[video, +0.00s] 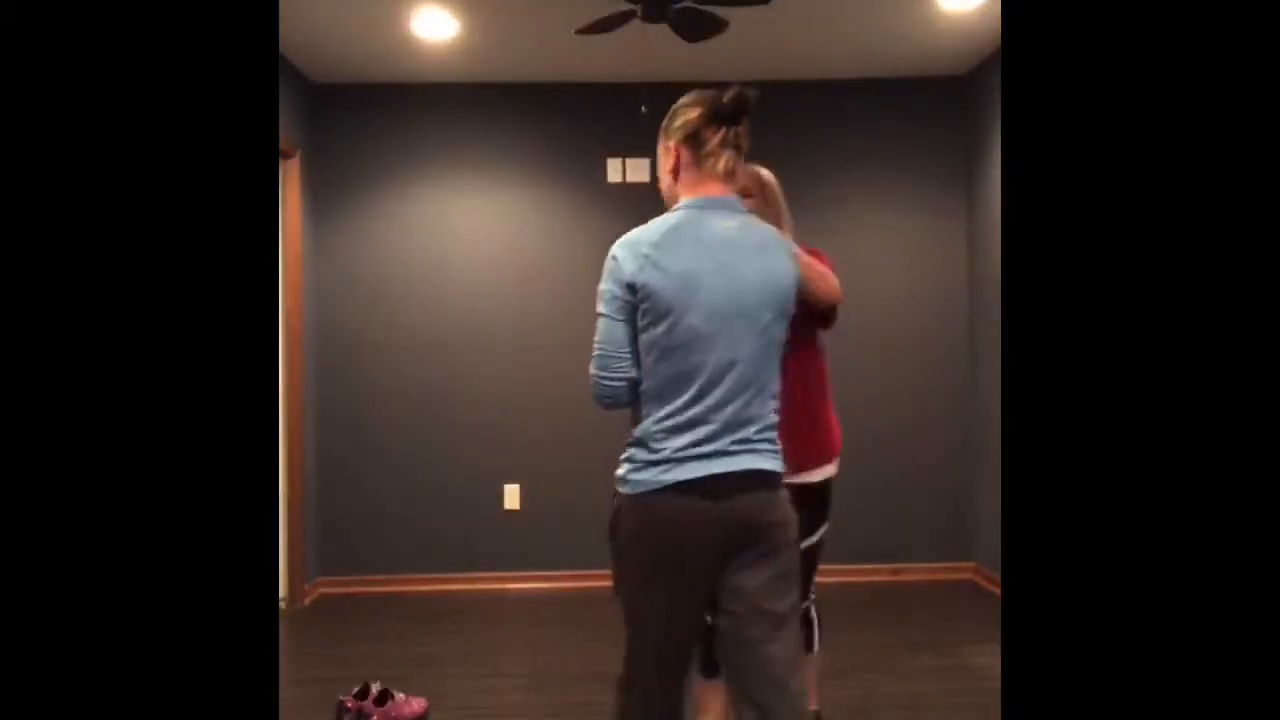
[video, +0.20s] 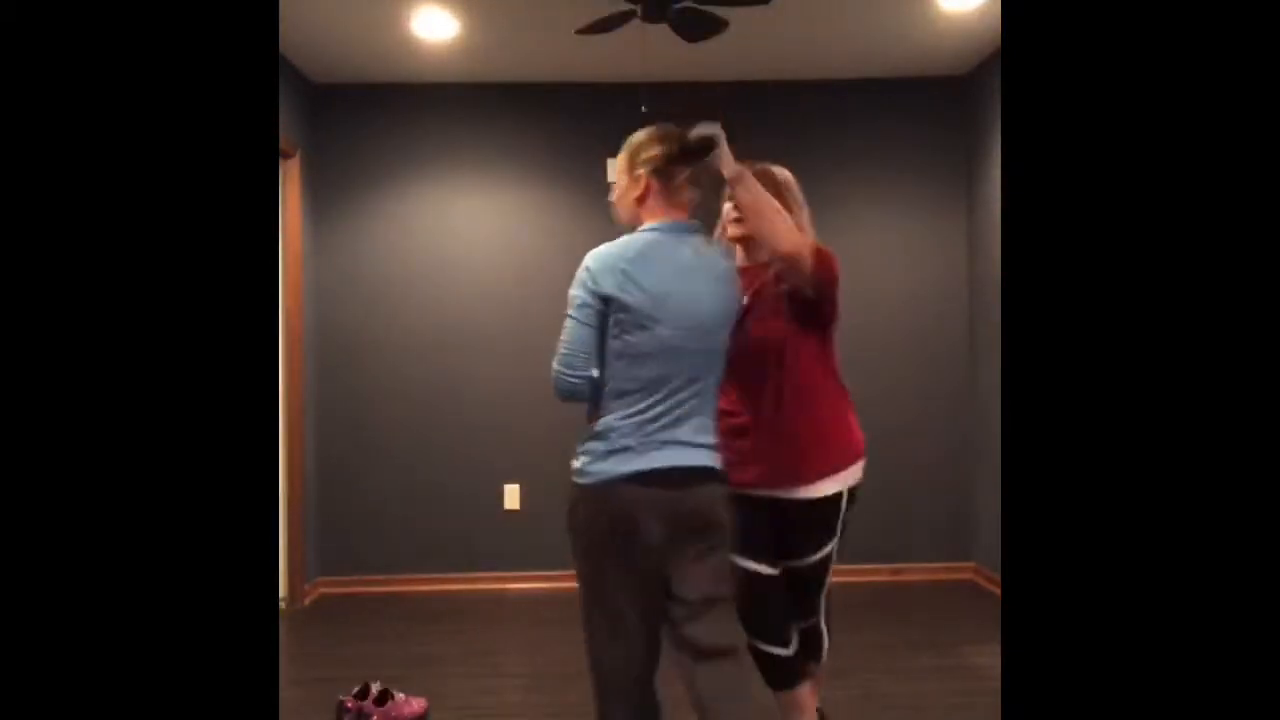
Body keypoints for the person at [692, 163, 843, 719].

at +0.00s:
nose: (737, 217)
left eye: (747, 204)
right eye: (728, 205)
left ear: (770, 210)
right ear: (714, 215)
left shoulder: (800, 263)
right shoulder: (702, 276)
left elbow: (827, 298)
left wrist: (765, 243)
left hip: (798, 467)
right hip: (725, 468)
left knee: (794, 604)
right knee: (717, 613)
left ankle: (805, 705)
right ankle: (713, 708)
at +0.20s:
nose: (733, 222)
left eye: (748, 211)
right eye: (728, 210)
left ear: (784, 217)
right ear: (722, 223)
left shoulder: (808, 275)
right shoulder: (730, 282)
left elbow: (793, 245)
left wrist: (736, 170)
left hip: (813, 470)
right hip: (749, 471)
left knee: (795, 614)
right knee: (764, 618)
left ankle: (806, 705)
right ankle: (803, 705)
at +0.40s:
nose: (717, 205)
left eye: (728, 193)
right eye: (714, 195)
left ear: (766, 201)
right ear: (718, 207)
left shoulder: (806, 271)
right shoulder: (714, 286)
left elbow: (738, 227)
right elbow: (708, 371)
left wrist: (682, 136)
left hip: (801, 481)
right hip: (722, 486)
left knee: (783, 636)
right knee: (765, 641)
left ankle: (840, 708)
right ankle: (800, 711)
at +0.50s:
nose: (712, 188)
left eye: (724, 176)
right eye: (712, 177)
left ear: (763, 186)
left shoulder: (795, 253)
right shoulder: (736, 264)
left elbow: (685, 237)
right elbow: (715, 364)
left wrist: (630, 150)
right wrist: (630, 355)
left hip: (791, 470)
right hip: (731, 474)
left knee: (746, 624)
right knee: (768, 626)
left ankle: (782, 712)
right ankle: (795, 710)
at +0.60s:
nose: (705, 179)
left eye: (717, 166)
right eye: (709, 167)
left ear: (753, 173)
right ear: (761, 176)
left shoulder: (774, 241)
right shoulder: (750, 247)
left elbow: (655, 277)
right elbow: (724, 366)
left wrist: (586, 220)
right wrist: (642, 367)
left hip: (784, 463)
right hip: (749, 463)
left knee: (728, 629)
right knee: (771, 618)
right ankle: (804, 709)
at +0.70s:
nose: (702, 174)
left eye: (712, 162)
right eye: (706, 162)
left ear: (744, 170)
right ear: (772, 172)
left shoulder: (739, 242)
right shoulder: (792, 240)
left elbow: (649, 328)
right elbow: (743, 335)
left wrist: (580, 289)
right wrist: (677, 370)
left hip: (753, 469)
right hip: (808, 462)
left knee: (715, 636)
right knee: (764, 613)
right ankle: (817, 710)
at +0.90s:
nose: (707, 178)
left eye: (713, 166)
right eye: (712, 166)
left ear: (728, 170)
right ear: (801, 170)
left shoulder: (707, 246)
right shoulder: (831, 255)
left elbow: (641, 355)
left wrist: (633, 313)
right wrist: (678, 313)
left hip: (723, 486)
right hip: (825, 485)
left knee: (703, 662)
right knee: (795, 660)